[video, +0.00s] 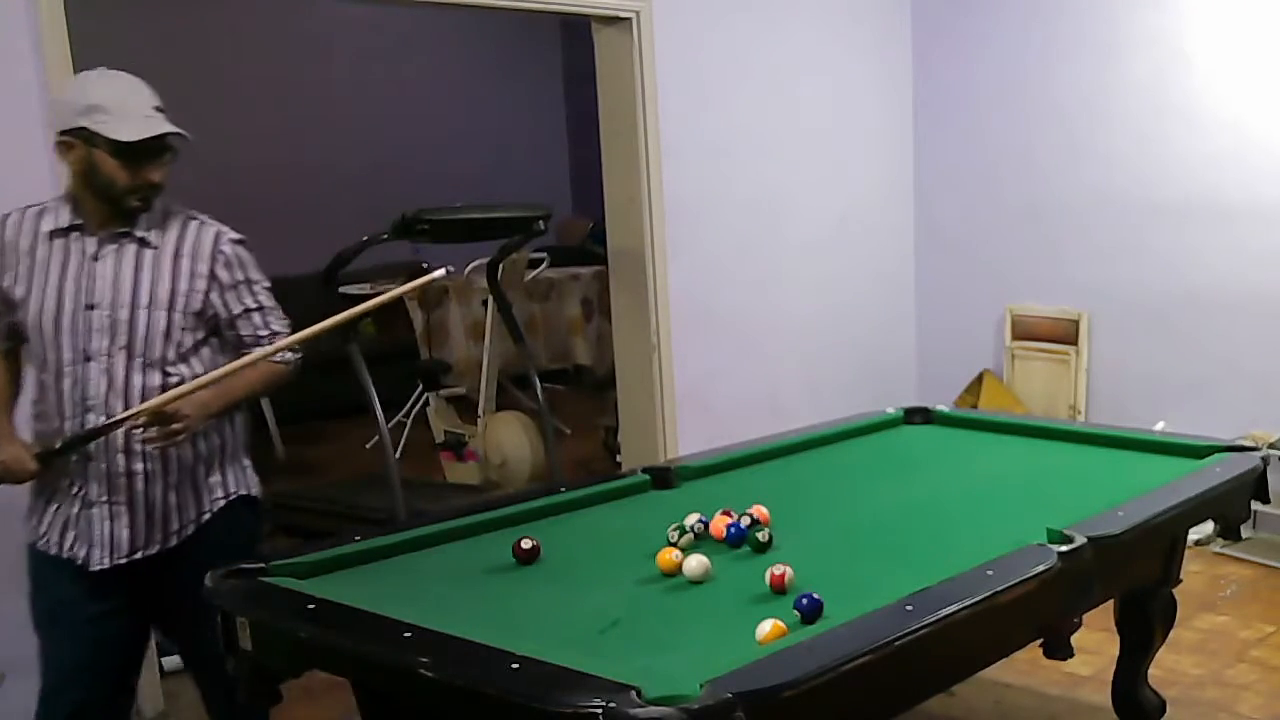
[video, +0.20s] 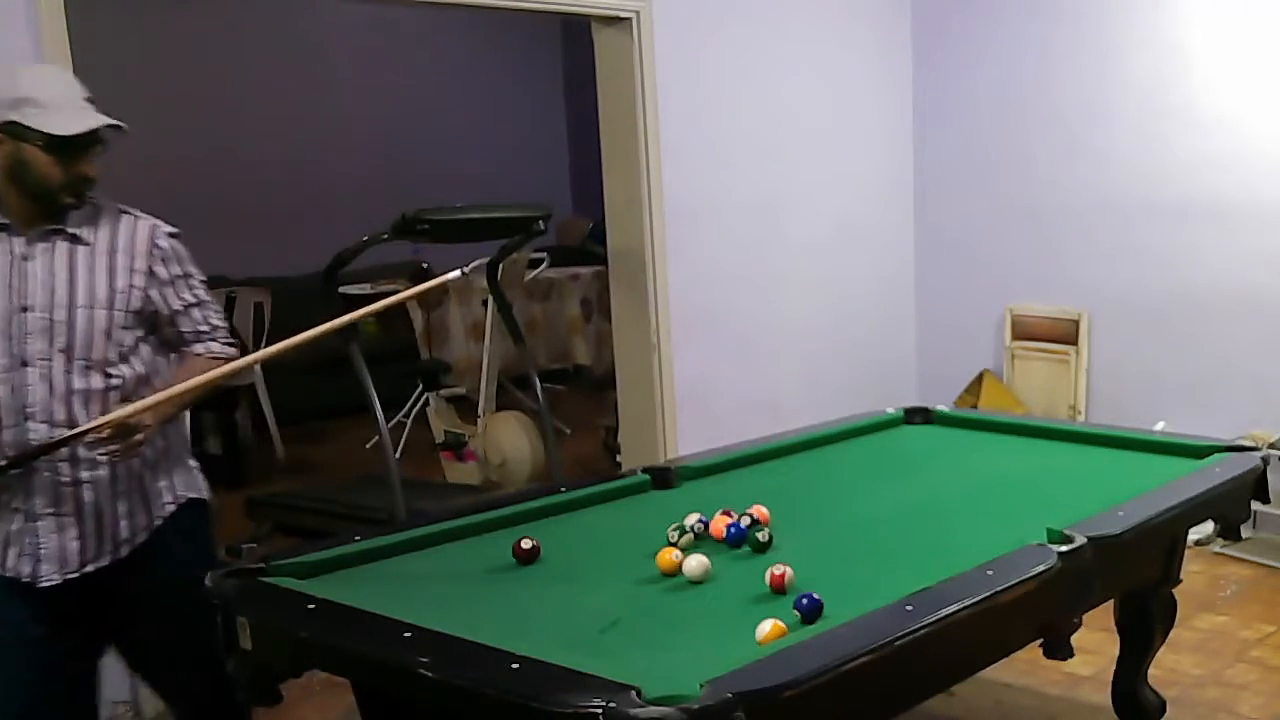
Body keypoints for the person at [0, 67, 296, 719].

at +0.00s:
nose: (153, 173)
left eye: (161, 155)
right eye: (132, 155)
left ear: (174, 152)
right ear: (71, 150)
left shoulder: (207, 247)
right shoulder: (18, 241)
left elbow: (280, 352)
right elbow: (7, 347)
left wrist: (207, 400)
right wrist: (5, 435)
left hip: (202, 528)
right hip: (75, 537)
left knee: (240, 700)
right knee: (76, 706)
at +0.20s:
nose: (89, 167)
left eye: (93, 148)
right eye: (67, 149)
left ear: (102, 145)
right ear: (7, 144)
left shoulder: (141, 243)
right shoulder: (1, 244)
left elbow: (217, 349)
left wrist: (156, 406)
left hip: (149, 541)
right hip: (23, 563)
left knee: (211, 701)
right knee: (34, 709)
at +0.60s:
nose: (15, 156)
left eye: (17, 138)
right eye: (4, 139)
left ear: (22, 142)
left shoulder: (61, 234)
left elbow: (133, 344)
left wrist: (98, 408)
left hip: (87, 525)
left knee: (117, 698)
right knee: (16, 705)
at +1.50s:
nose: (115, 171)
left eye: (116, 149)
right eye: (96, 149)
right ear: (19, 142)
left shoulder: (132, 262)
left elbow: (172, 388)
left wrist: (164, 446)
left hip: (118, 616)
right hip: (9, 625)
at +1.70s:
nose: (129, 180)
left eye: (129, 156)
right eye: (110, 156)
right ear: (31, 151)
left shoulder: (137, 267)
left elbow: (174, 384)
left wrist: (176, 450)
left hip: (130, 629)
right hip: (15, 648)